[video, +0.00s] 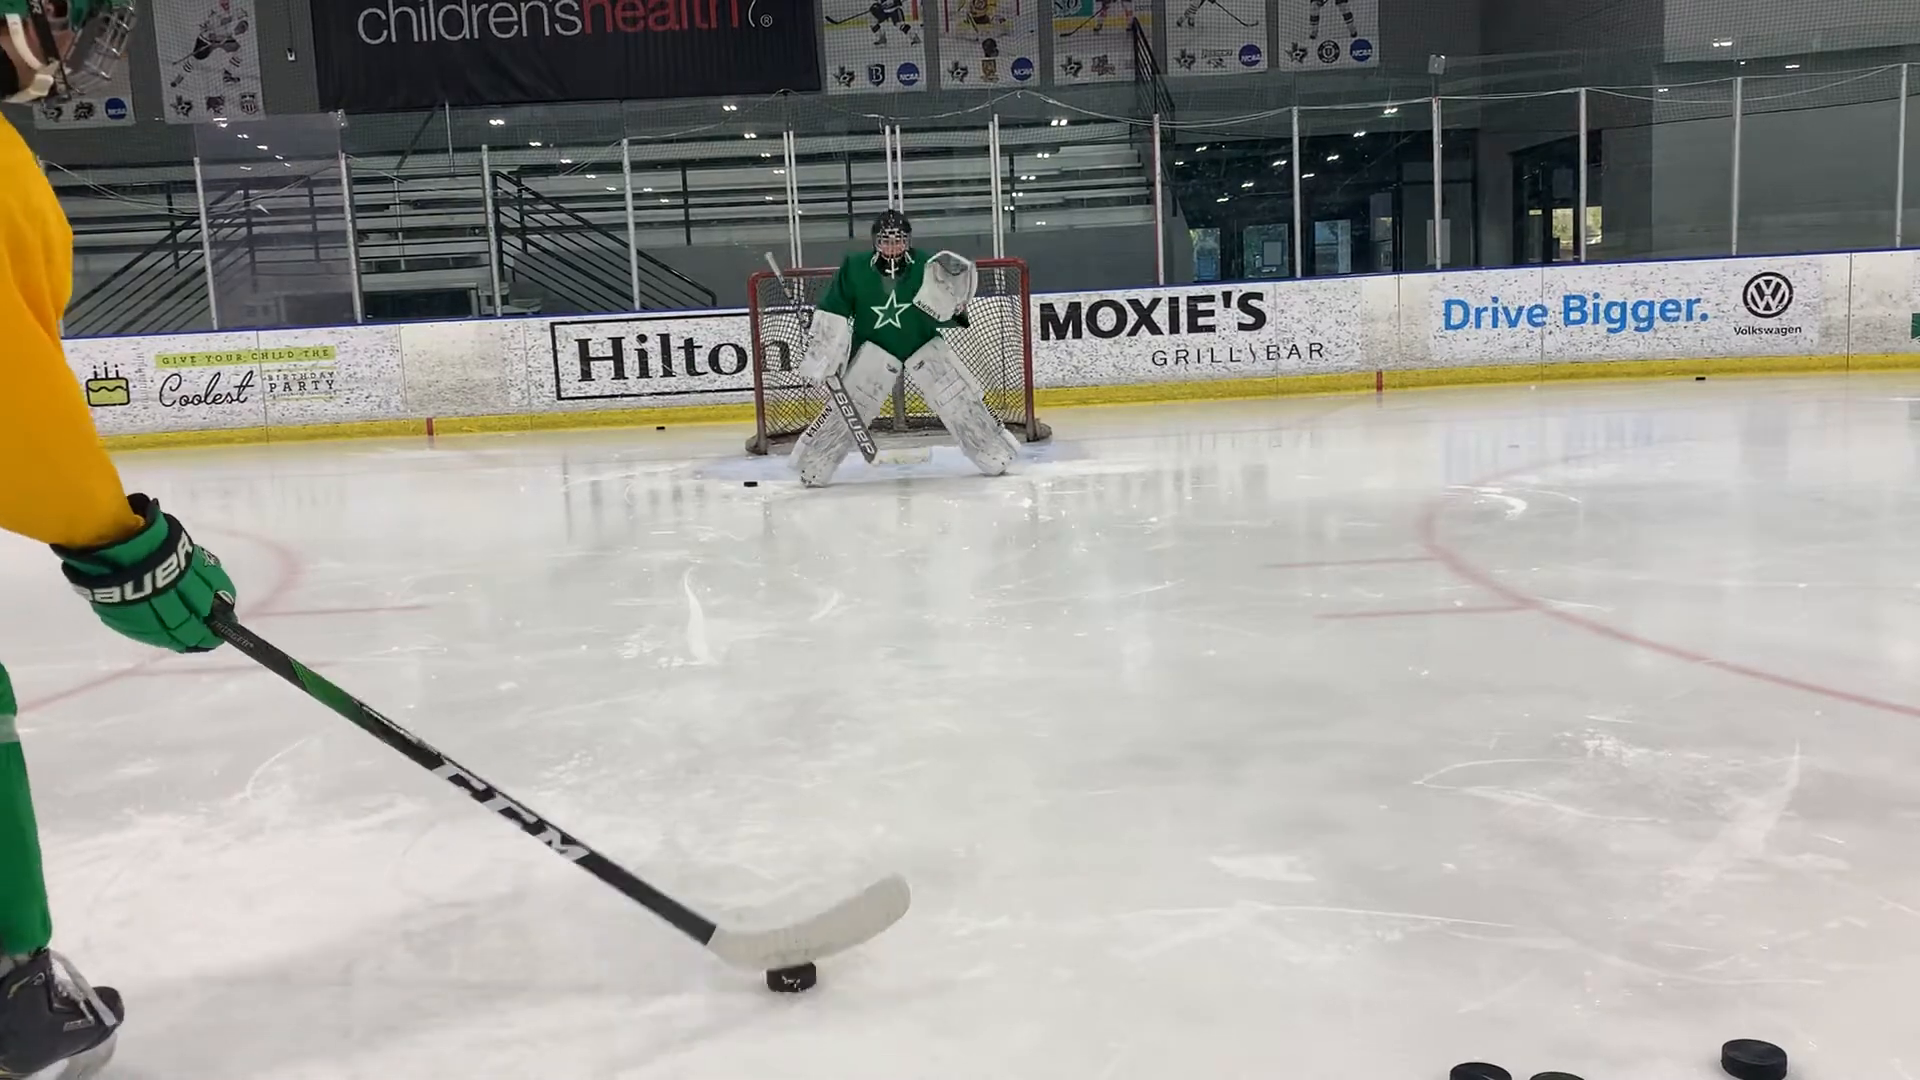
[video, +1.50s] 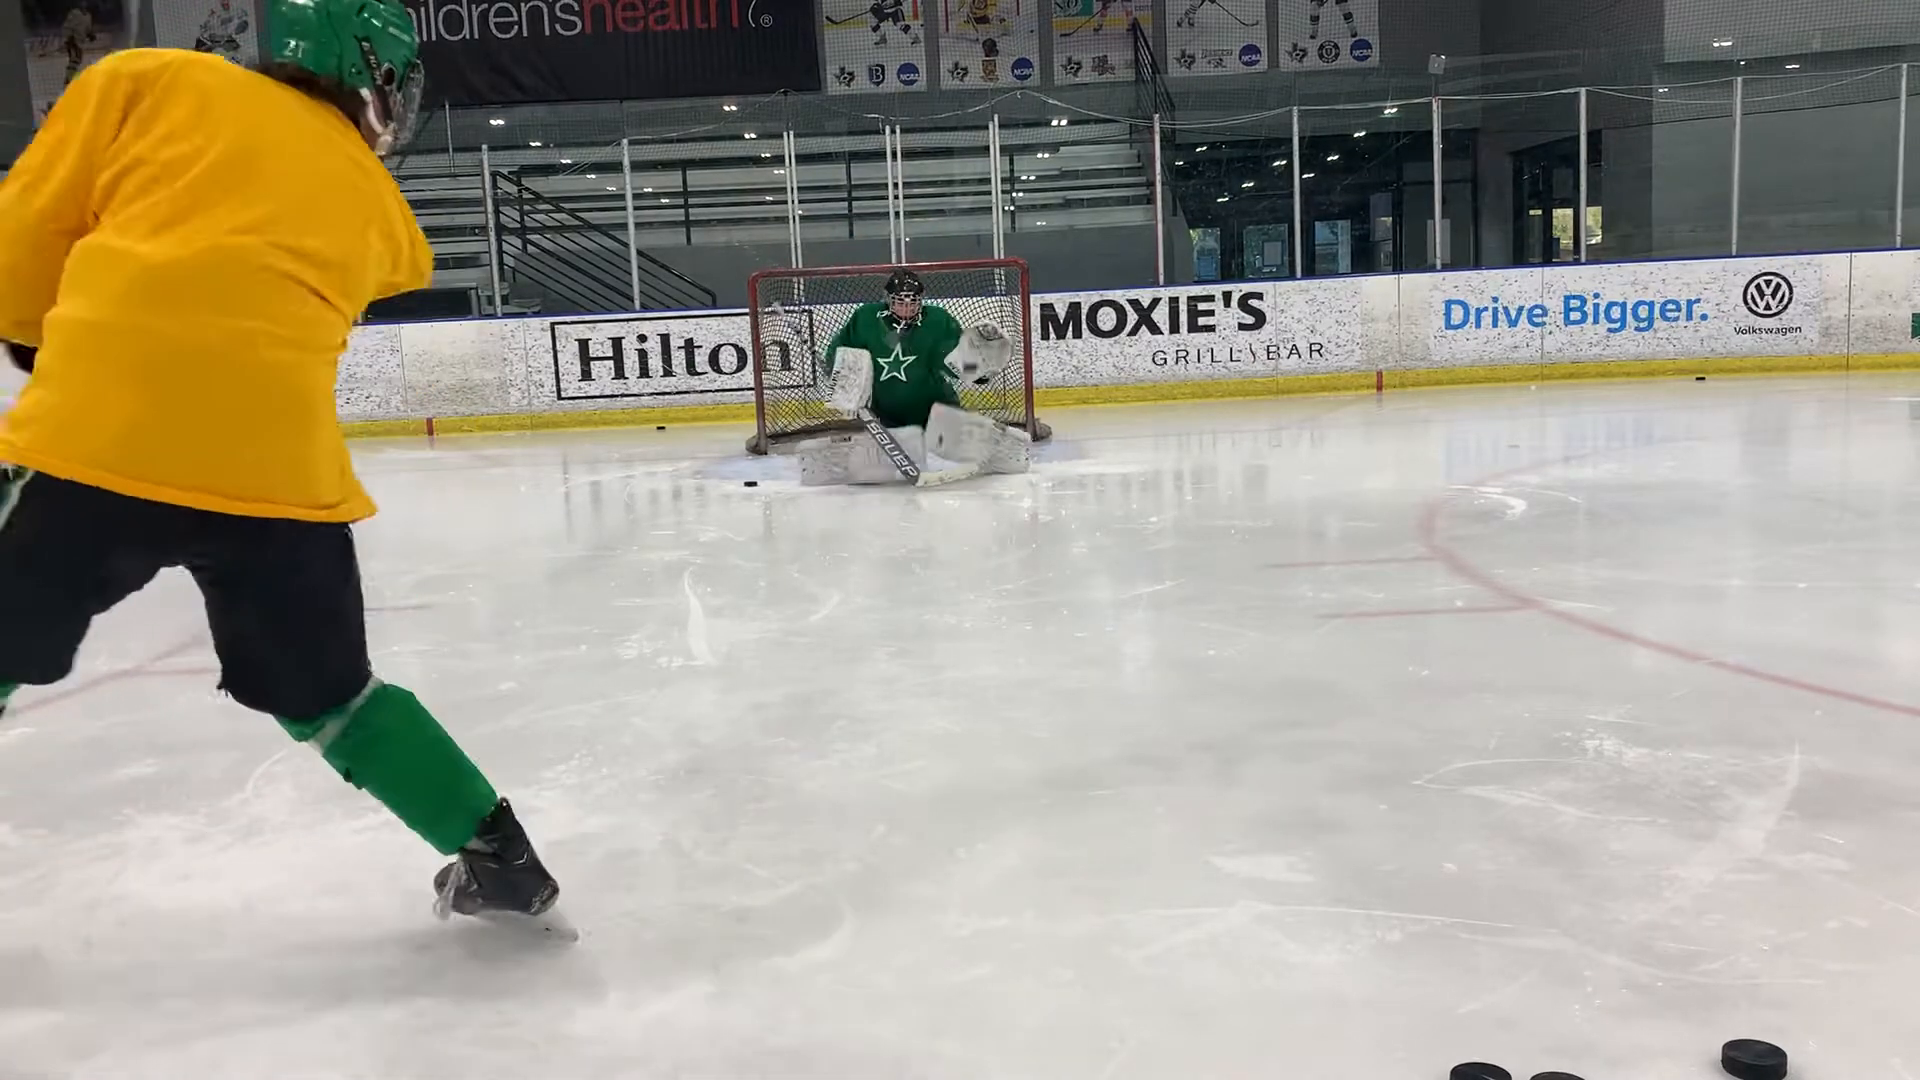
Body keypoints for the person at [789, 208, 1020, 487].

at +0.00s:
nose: (892, 246)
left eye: (898, 239)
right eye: (887, 240)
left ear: (908, 240)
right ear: (875, 241)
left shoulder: (924, 265)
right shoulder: (855, 269)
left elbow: (948, 309)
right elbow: (832, 314)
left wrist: (950, 286)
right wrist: (823, 360)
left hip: (924, 346)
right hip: (874, 350)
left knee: (960, 399)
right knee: (850, 407)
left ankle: (996, 459)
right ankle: (815, 468)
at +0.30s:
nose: (898, 294)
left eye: (903, 287)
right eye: (892, 288)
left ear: (914, 288)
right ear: (881, 288)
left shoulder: (931, 309)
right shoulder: (863, 312)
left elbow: (961, 359)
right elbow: (837, 348)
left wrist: (948, 329)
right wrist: (832, 384)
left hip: (930, 379)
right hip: (882, 384)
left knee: (966, 415)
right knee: (855, 428)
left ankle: (1012, 457)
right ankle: (812, 469)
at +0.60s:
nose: (899, 303)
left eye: (905, 297)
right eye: (893, 297)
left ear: (915, 296)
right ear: (883, 296)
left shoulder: (932, 314)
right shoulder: (863, 316)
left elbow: (961, 366)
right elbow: (837, 352)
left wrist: (950, 339)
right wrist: (833, 390)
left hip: (931, 383)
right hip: (883, 387)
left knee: (965, 416)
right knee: (856, 428)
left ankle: (1011, 454)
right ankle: (813, 468)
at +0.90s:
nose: (900, 303)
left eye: (905, 296)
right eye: (894, 297)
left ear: (915, 296)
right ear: (883, 297)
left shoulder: (933, 314)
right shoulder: (863, 317)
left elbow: (961, 368)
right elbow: (835, 352)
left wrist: (952, 343)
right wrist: (832, 389)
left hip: (930, 387)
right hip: (881, 391)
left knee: (964, 418)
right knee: (855, 430)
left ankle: (1010, 454)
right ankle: (813, 468)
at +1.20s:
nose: (900, 304)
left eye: (906, 297)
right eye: (894, 297)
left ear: (916, 296)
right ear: (884, 297)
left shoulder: (934, 315)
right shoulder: (864, 317)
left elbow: (962, 373)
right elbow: (836, 352)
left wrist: (956, 343)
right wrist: (833, 391)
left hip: (931, 389)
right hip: (882, 392)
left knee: (965, 418)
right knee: (854, 430)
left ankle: (1009, 453)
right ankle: (815, 467)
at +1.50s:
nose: (906, 308)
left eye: (912, 302)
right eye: (900, 302)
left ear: (920, 300)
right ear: (889, 300)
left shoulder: (938, 321)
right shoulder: (865, 319)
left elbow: (963, 365)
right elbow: (834, 355)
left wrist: (982, 358)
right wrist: (847, 379)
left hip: (935, 418)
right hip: (883, 419)